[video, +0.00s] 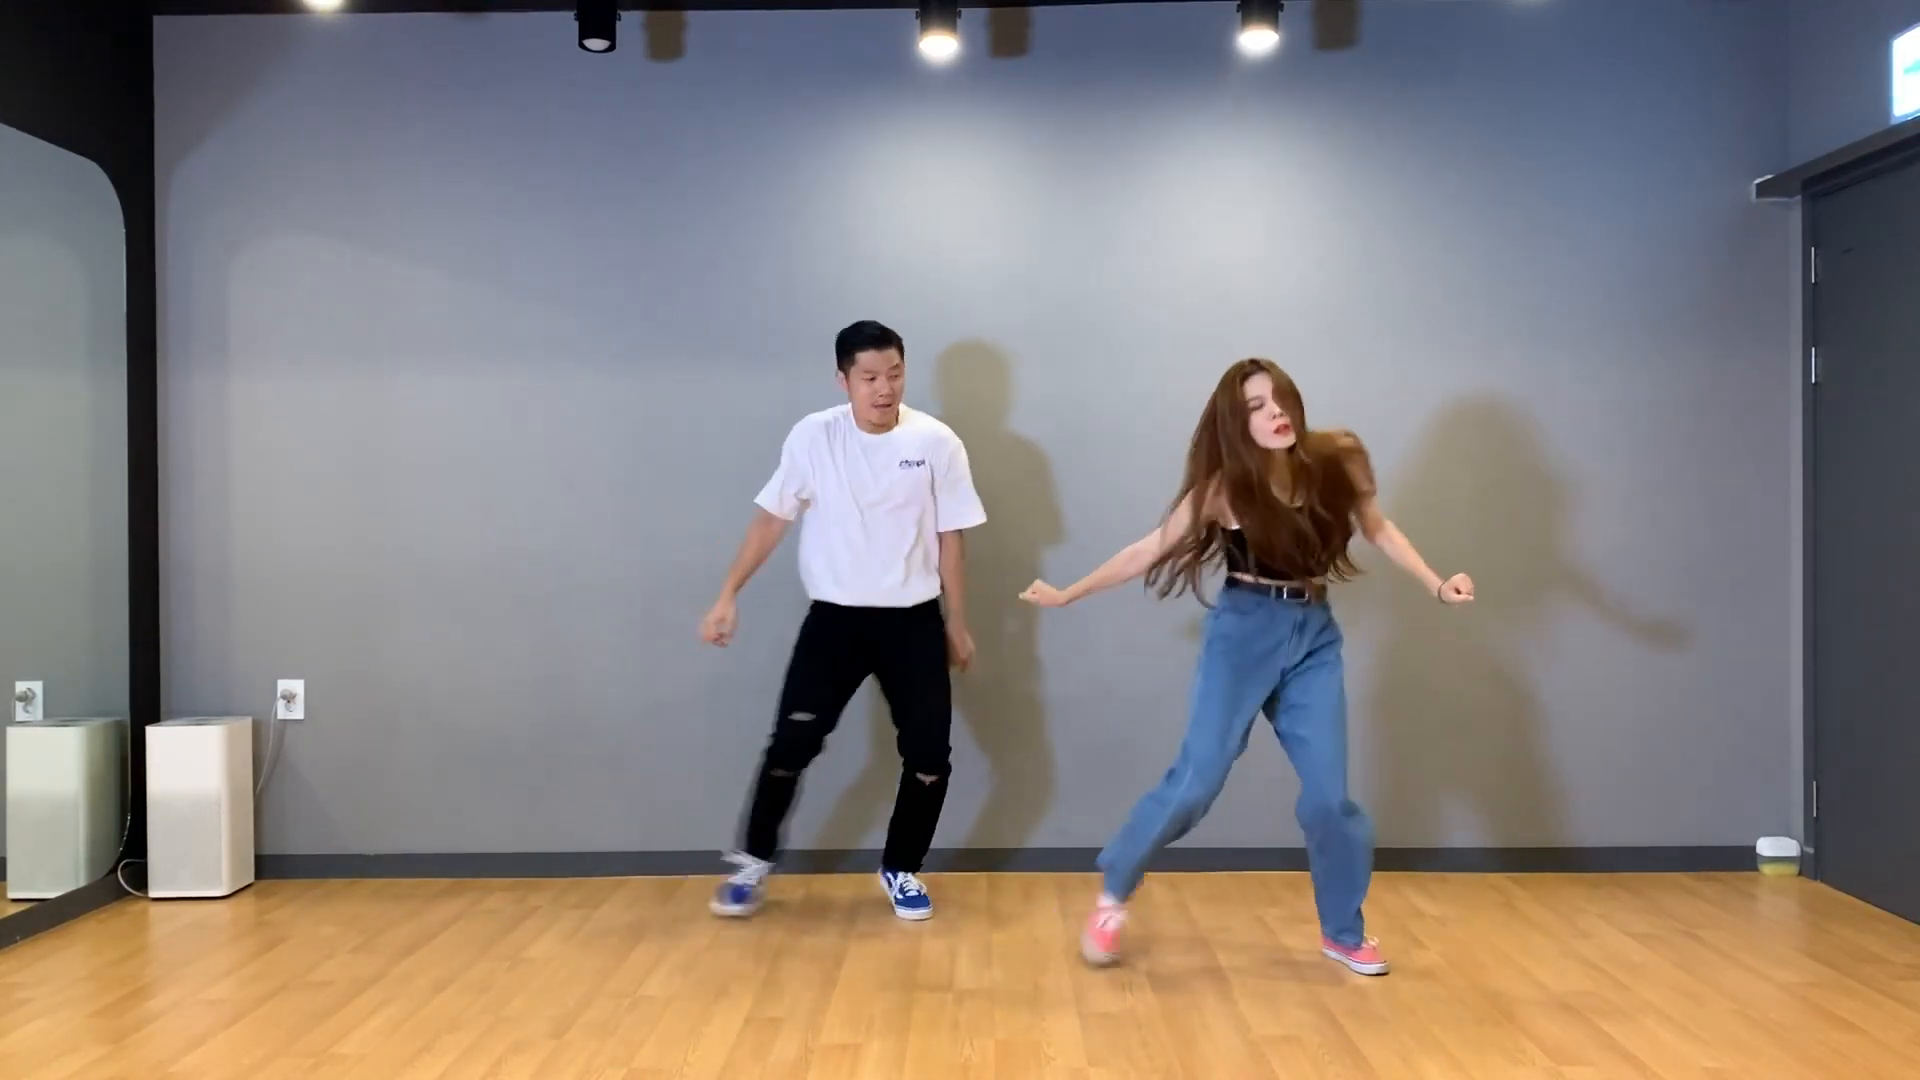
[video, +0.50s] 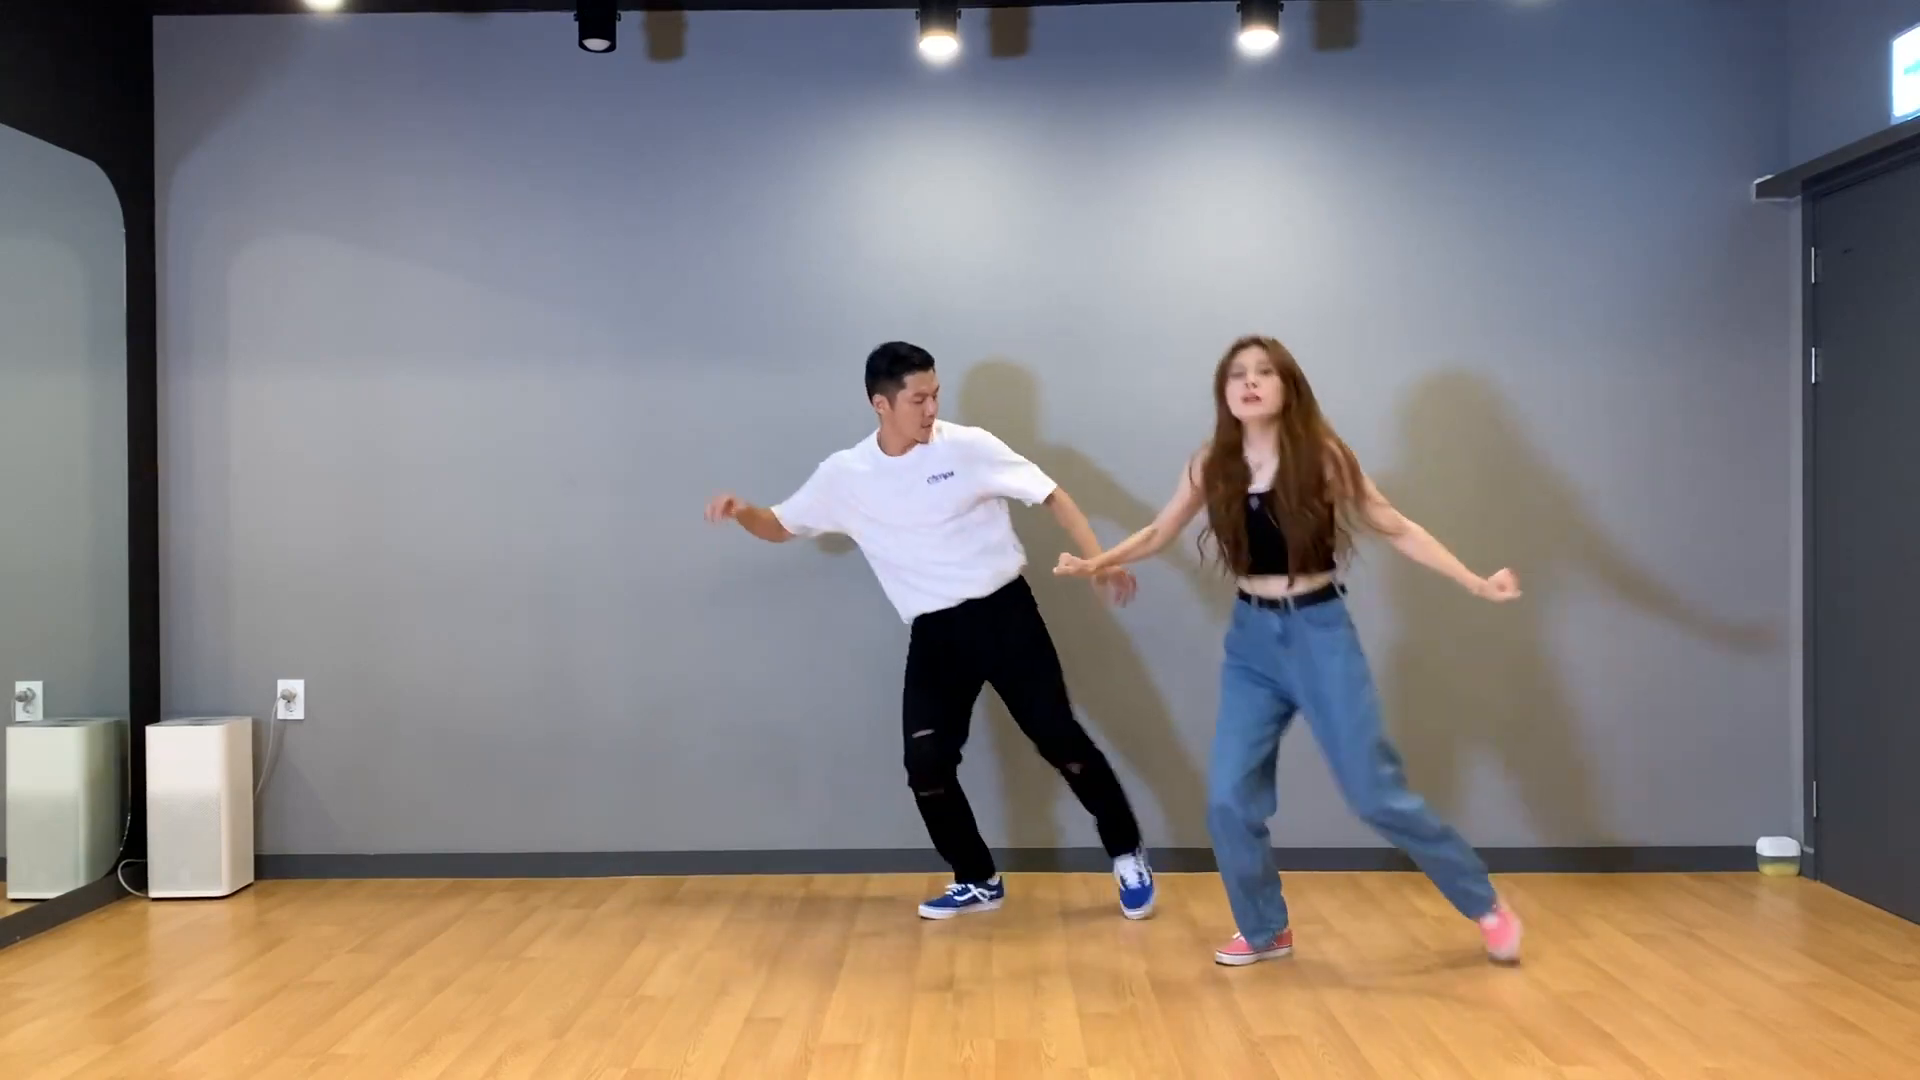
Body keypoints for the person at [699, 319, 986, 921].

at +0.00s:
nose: (883, 388)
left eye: (893, 374)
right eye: (868, 376)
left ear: (905, 374)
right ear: (844, 378)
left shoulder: (936, 442)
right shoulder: (812, 438)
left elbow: (949, 538)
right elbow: (771, 519)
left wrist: (956, 621)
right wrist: (728, 593)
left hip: (913, 622)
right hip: (834, 620)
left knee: (930, 759)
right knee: (792, 741)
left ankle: (901, 870)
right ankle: (754, 863)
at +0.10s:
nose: (899, 389)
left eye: (905, 375)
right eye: (884, 377)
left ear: (914, 374)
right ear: (851, 379)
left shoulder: (945, 448)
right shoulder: (816, 453)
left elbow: (967, 542)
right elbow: (796, 542)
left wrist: (988, 630)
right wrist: (747, 585)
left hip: (937, 614)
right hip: (860, 619)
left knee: (950, 741)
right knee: (853, 750)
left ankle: (948, 857)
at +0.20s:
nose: (914, 398)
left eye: (918, 385)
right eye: (900, 388)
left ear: (922, 382)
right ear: (863, 389)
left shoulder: (955, 449)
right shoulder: (829, 465)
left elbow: (993, 531)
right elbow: (803, 555)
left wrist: (1036, 601)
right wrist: (742, 576)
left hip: (965, 619)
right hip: (888, 632)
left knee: (998, 734)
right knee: (879, 760)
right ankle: (906, 882)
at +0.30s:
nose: (926, 403)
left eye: (931, 390)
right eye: (913, 394)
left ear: (935, 384)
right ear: (875, 395)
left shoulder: (965, 442)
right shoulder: (844, 467)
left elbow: (1023, 512)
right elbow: (814, 542)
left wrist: (1074, 571)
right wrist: (743, 563)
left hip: (993, 611)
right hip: (917, 630)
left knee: (1051, 736)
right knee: (886, 756)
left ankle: (1121, 854)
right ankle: (911, 877)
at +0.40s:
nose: (938, 417)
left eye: (940, 404)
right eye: (924, 408)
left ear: (943, 403)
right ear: (886, 414)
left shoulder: (978, 459)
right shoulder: (859, 487)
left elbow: (1068, 494)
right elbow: (812, 536)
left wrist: (1095, 567)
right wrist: (754, 532)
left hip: (1017, 627)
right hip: (944, 647)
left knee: (1082, 750)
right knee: (908, 768)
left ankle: (1150, 866)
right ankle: (961, 872)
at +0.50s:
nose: (932, 409)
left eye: (934, 396)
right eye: (918, 399)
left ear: (936, 393)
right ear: (880, 404)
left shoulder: (969, 446)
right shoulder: (844, 474)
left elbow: (1053, 496)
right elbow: (780, 525)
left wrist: (1097, 559)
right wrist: (742, 512)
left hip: (1006, 612)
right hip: (935, 632)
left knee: (1059, 739)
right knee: (926, 766)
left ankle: (1126, 853)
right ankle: (978, 880)